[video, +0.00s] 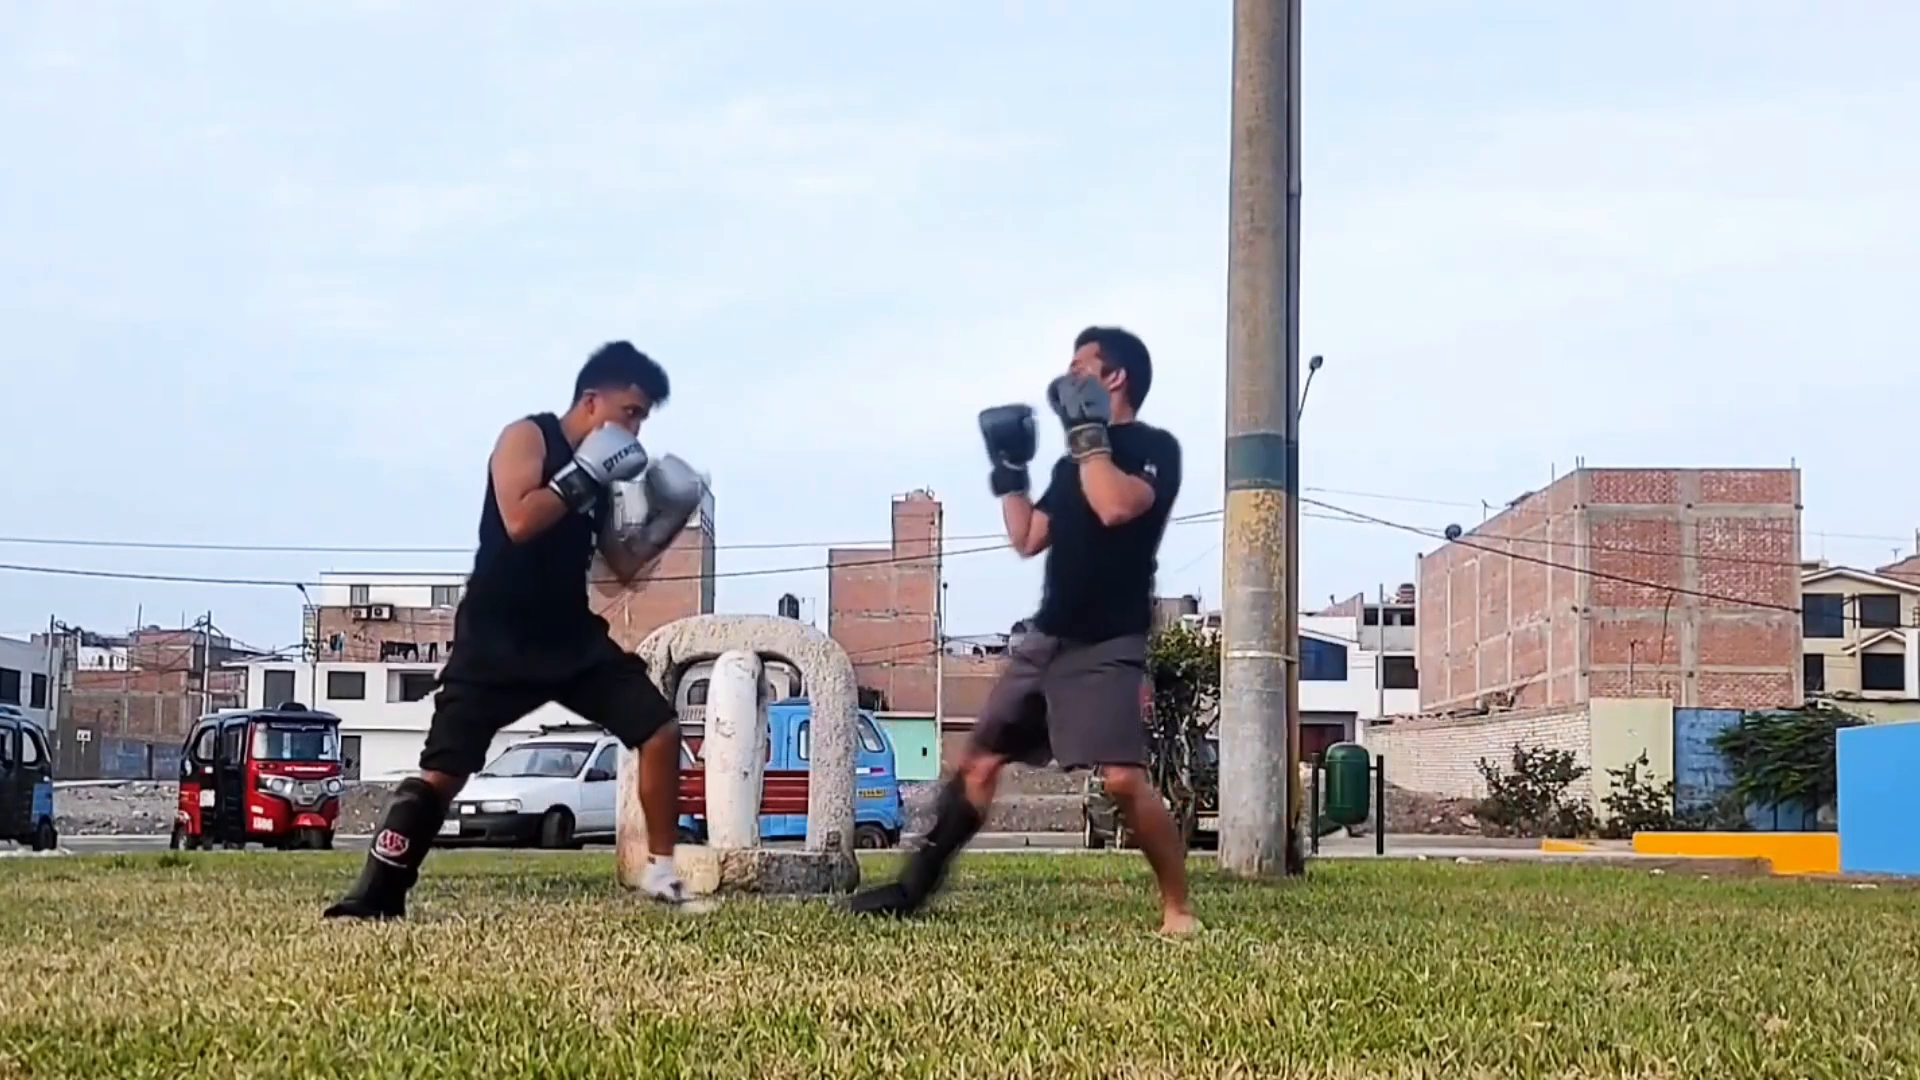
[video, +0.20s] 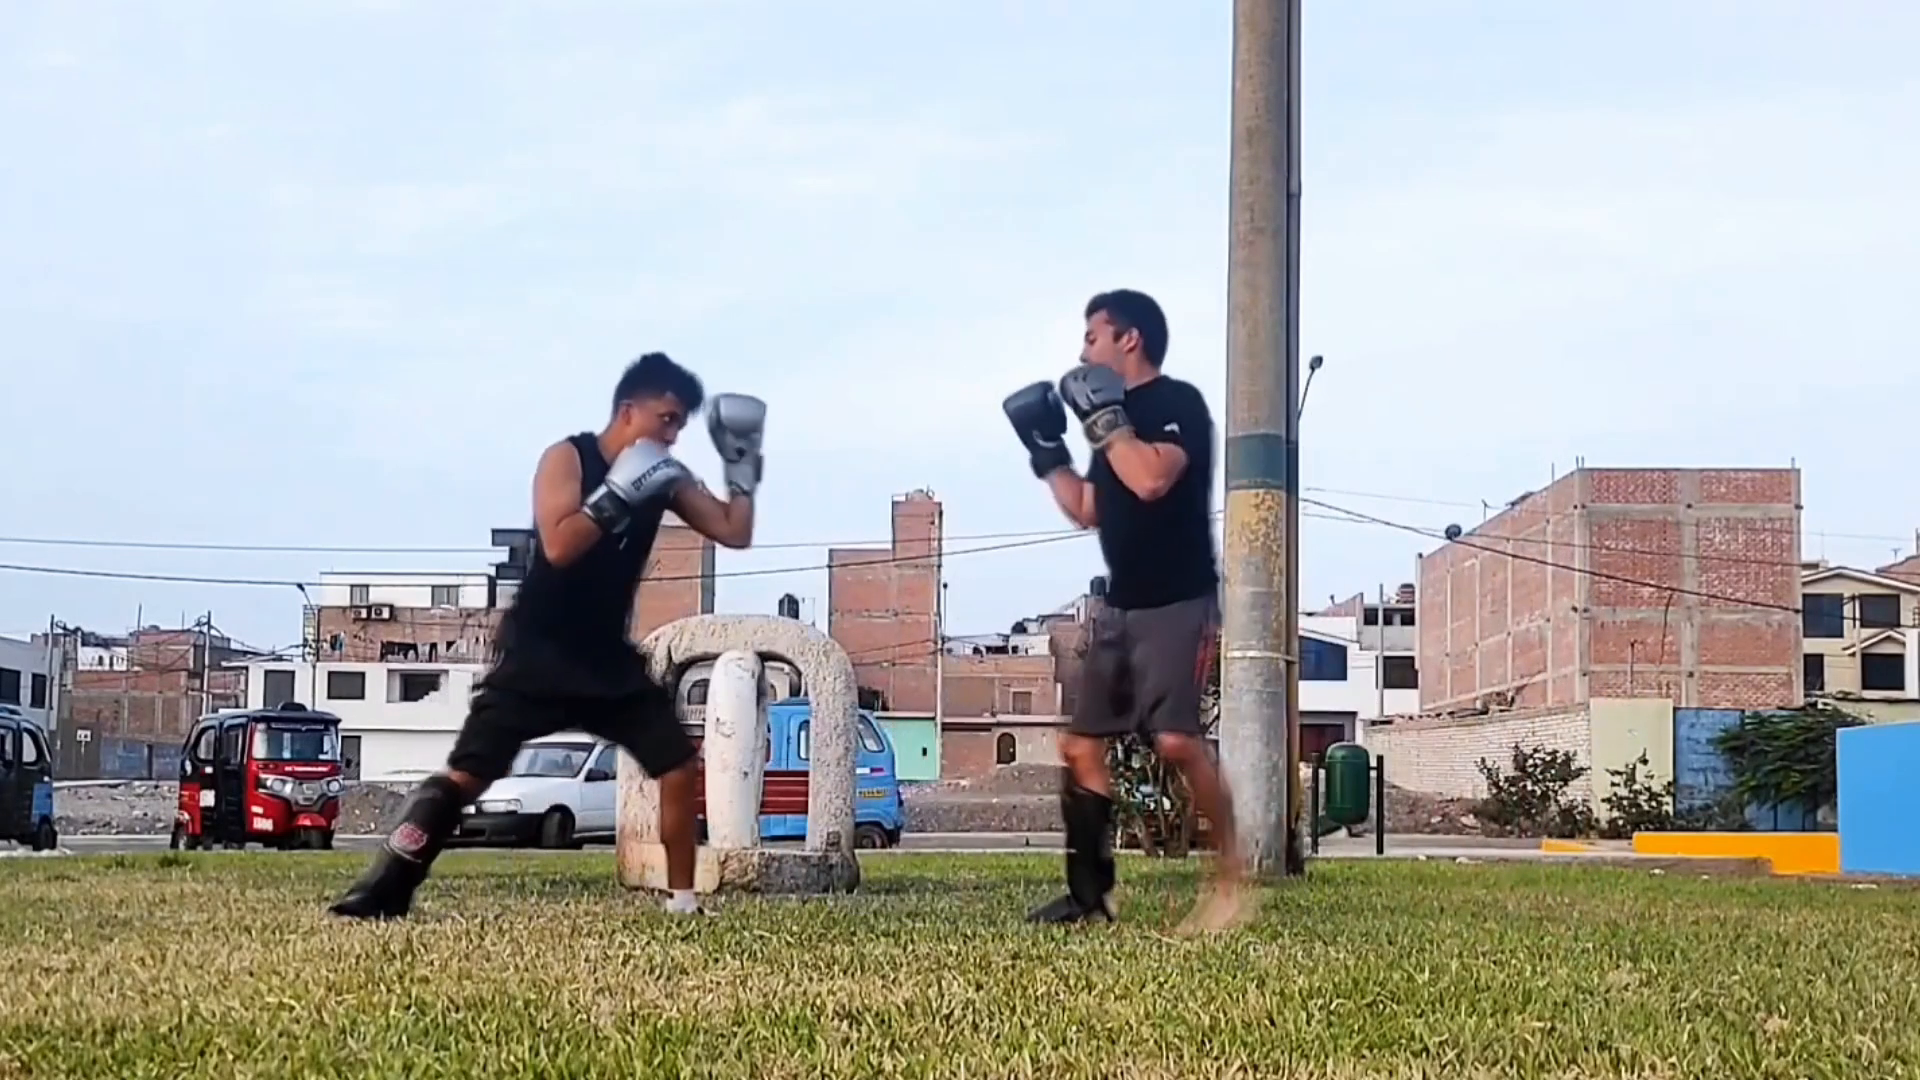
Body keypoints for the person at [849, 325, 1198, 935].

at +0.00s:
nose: (1069, 376)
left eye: (1081, 365)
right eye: (1071, 366)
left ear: (1119, 377)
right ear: (1108, 378)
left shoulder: (1155, 447)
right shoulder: (1071, 463)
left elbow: (1116, 507)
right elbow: (1027, 538)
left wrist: (1087, 429)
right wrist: (1010, 468)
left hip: (1111, 642)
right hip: (1045, 639)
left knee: (1124, 781)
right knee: (979, 763)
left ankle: (1177, 907)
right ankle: (910, 892)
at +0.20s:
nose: (1084, 352)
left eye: (1093, 339)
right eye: (1085, 340)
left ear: (1131, 340)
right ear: (1125, 342)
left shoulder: (1177, 400)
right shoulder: (1110, 416)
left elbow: (1152, 478)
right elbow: (1085, 511)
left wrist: (1102, 414)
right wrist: (1046, 448)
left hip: (1175, 602)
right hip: (1118, 603)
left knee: (1175, 739)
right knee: (1081, 743)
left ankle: (1231, 864)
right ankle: (1088, 897)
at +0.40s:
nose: (1122, 405)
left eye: (1129, 390)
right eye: (1122, 391)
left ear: (1166, 393)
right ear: (1167, 395)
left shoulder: (1215, 458)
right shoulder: (1156, 469)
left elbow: (1189, 532)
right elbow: (1174, 546)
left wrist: (1136, 481)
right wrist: (1125, 540)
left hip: (1230, 669)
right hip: (1163, 667)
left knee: (1284, 791)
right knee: (1075, 754)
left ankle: (1383, 917)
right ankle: (1091, 901)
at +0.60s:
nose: (1125, 415)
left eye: (1133, 402)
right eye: (1126, 402)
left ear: (1173, 406)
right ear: (1177, 410)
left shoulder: (1161, 453)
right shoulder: (1211, 479)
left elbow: (1092, 496)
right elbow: (1227, 585)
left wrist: (1008, 480)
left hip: (1139, 651)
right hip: (1156, 651)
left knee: (1092, 773)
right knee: (1049, 766)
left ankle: (1259, 842)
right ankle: (1071, 903)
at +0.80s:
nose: (1117, 411)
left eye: (1126, 402)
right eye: (1121, 400)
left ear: (1158, 414)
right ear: (1171, 420)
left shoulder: (1137, 447)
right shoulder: (1191, 483)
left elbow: (1118, 485)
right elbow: (1145, 515)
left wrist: (1061, 550)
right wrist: (1099, 475)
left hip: (1061, 621)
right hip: (1114, 651)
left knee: (910, 634)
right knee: (1044, 761)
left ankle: (784, 693)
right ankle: (1069, 903)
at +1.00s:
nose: (1079, 389)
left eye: (1087, 378)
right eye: (1082, 377)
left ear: (1119, 386)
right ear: (1140, 391)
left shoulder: (1094, 423)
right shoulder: (1178, 476)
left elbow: (1054, 462)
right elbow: (1227, 546)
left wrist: (964, 524)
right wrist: (1184, 523)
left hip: (1023, 606)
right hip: (1084, 639)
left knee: (880, 631)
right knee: (1047, 759)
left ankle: (839, 779)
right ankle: (1071, 905)